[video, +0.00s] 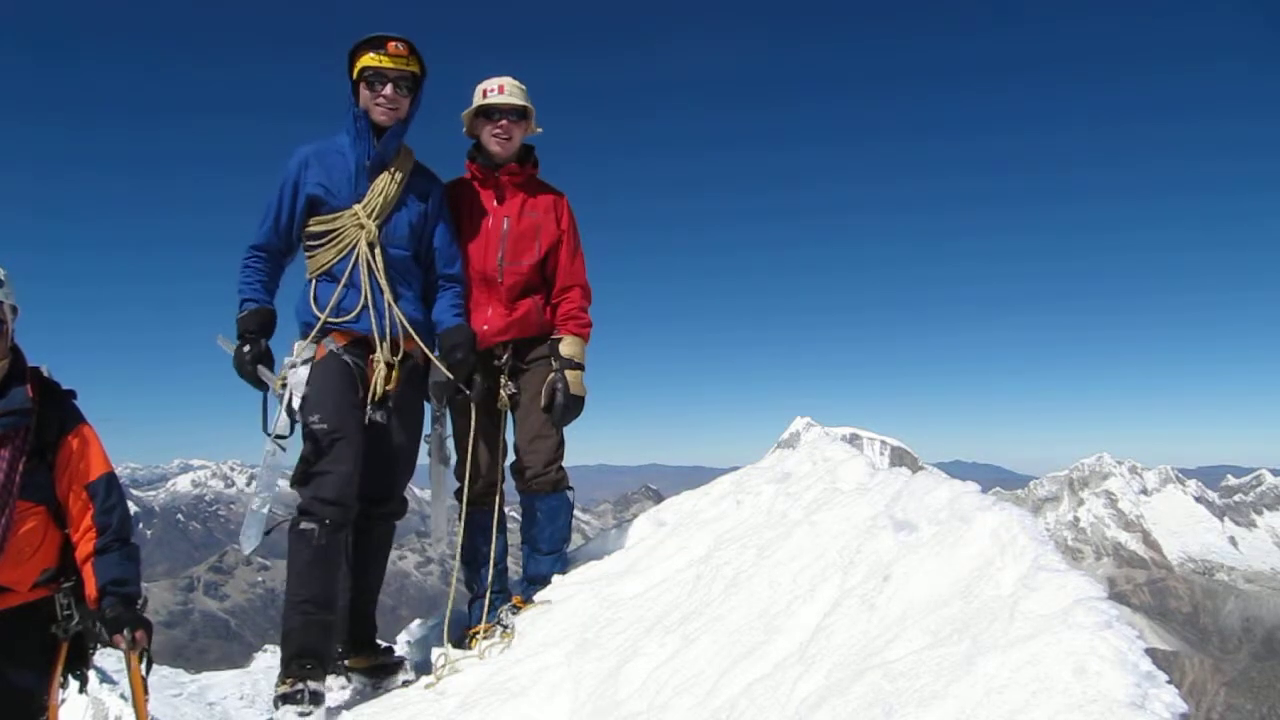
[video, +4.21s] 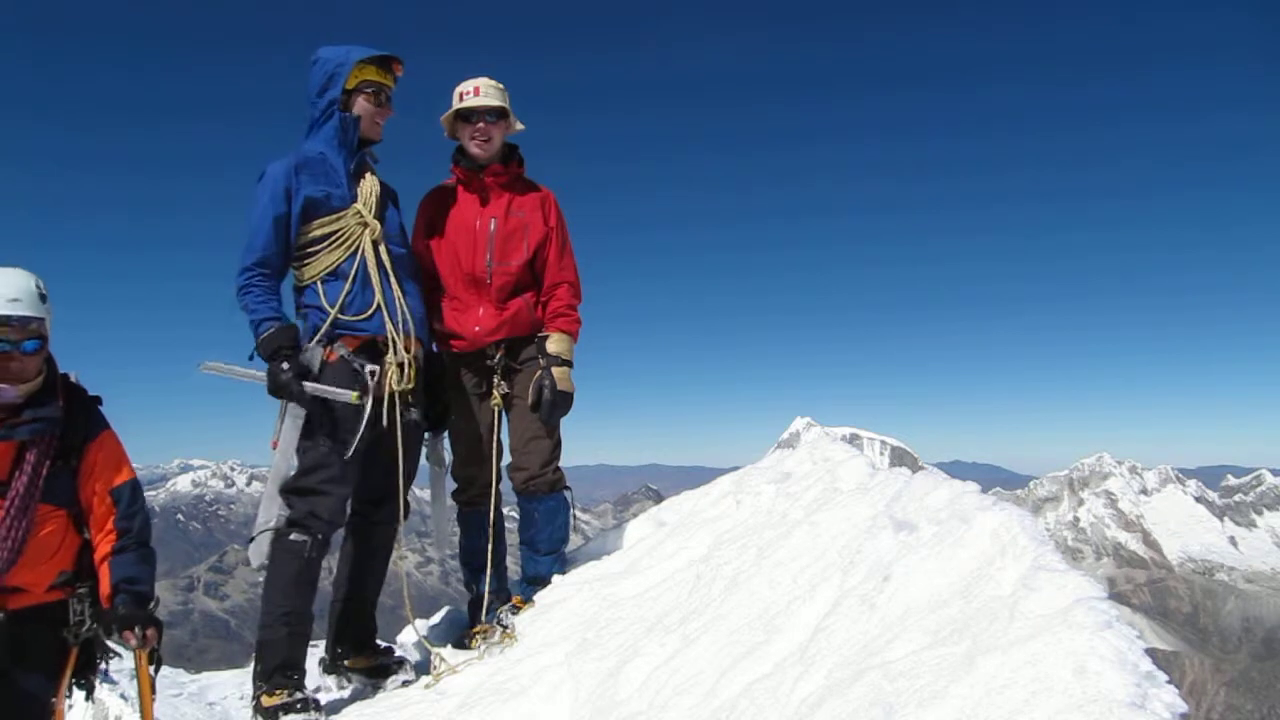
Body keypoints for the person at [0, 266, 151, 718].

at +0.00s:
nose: (0, 329)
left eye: (1, 317)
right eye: (1, 316)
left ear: (11, 320)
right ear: (7, 320)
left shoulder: (46, 410)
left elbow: (97, 509)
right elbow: (98, 509)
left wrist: (115, 596)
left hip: (23, 617)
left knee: (20, 705)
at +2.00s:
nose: (1, 333)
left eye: (2, 319)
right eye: (2, 319)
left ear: (12, 322)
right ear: (8, 322)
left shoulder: (47, 410)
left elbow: (99, 508)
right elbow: (100, 508)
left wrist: (120, 596)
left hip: (25, 619)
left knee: (20, 705)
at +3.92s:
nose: (4, 347)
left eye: (11, 332)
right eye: (0, 332)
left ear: (29, 332)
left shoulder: (62, 415)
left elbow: (110, 511)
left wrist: (127, 597)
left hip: (28, 618)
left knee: (22, 707)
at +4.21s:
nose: (15, 357)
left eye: (30, 341)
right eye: (4, 340)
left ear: (48, 343)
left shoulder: (74, 419)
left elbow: (119, 513)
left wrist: (129, 598)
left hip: (36, 618)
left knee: (24, 705)